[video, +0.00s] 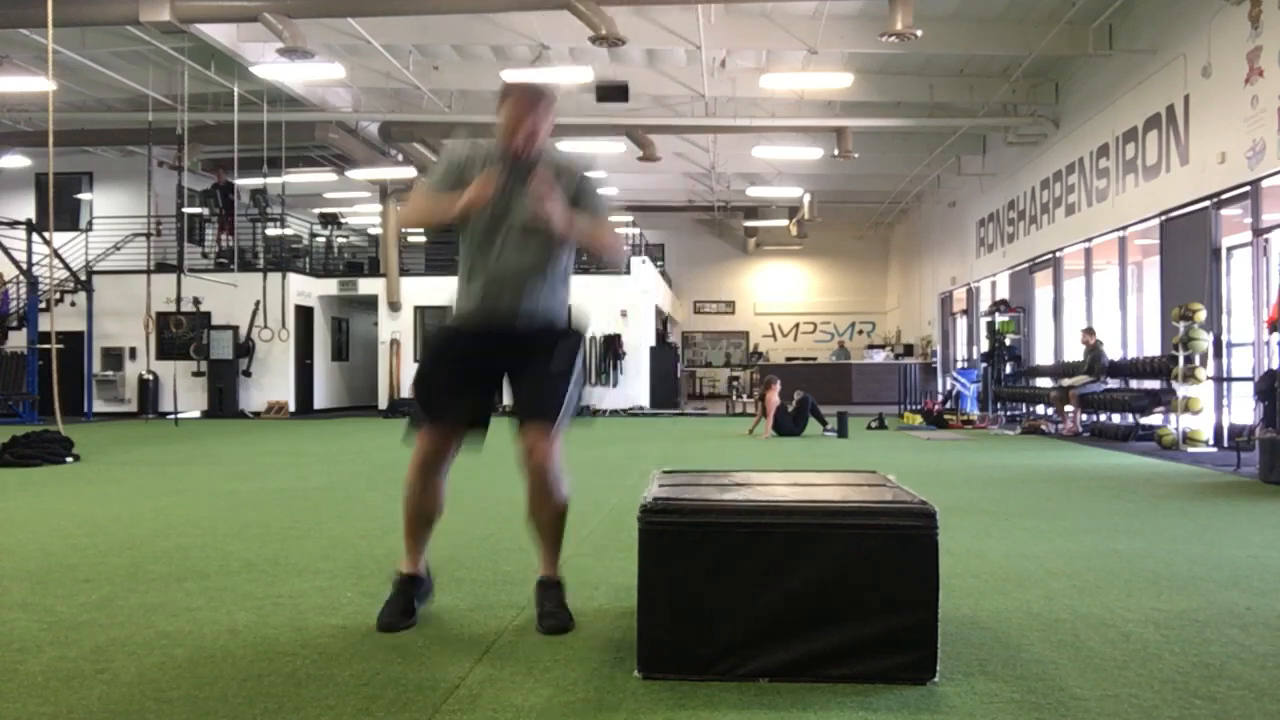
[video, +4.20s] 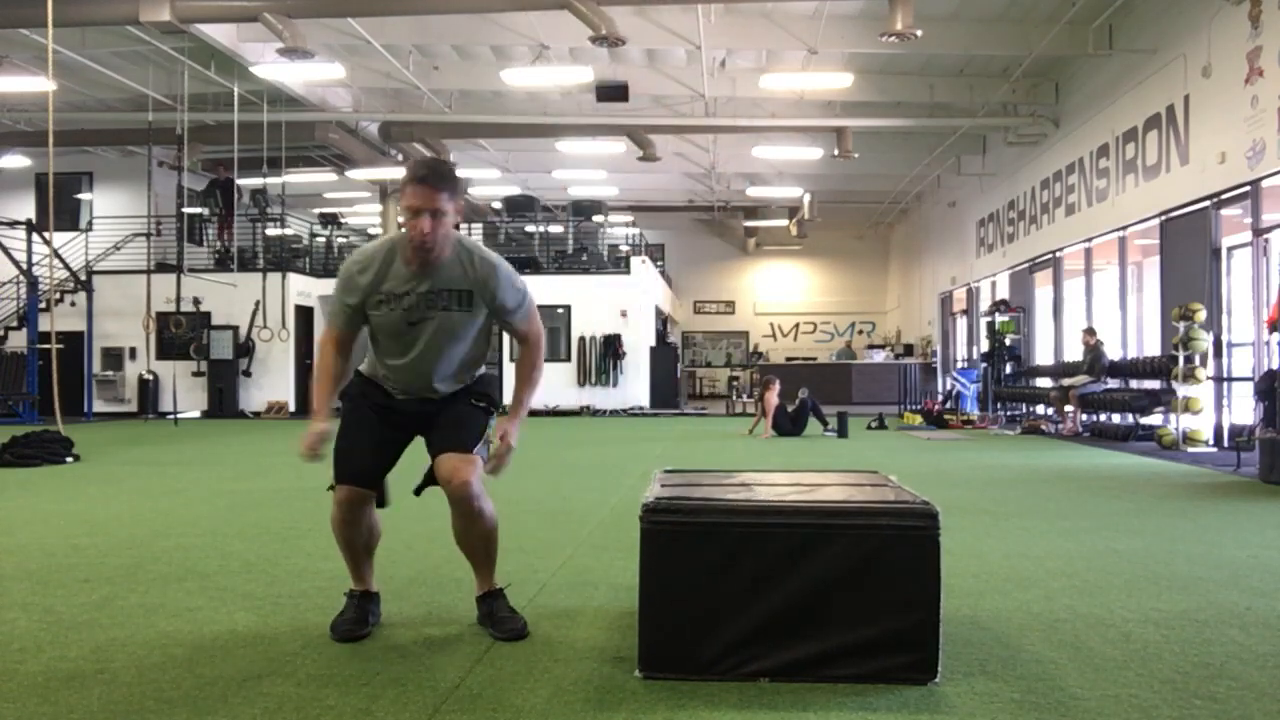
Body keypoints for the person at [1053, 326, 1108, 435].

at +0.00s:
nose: (1082, 339)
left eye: (1084, 337)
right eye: (1082, 336)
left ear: (1092, 337)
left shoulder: (1099, 353)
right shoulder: (1087, 351)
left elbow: (1097, 377)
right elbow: (1085, 371)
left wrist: (1074, 381)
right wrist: (1071, 380)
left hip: (1099, 382)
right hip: (1086, 379)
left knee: (1074, 393)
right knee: (1055, 395)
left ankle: (1076, 426)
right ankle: (1066, 425)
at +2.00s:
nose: (1082, 340)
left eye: (1084, 337)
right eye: (1082, 336)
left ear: (1092, 338)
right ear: (1087, 338)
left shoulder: (1099, 353)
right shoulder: (1088, 351)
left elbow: (1095, 377)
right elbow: (1085, 372)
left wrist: (1073, 381)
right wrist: (1071, 380)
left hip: (1099, 382)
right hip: (1087, 379)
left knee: (1074, 393)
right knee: (1054, 395)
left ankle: (1076, 426)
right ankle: (1066, 424)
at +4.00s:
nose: (1083, 340)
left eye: (1086, 337)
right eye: (1083, 337)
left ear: (1093, 338)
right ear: (1084, 337)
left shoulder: (1100, 353)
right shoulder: (1087, 351)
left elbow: (1095, 376)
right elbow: (1084, 371)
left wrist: (1073, 381)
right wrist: (1070, 380)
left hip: (1098, 382)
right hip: (1085, 380)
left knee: (1073, 393)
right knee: (1055, 395)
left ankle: (1076, 426)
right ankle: (1066, 424)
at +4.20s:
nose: (1083, 340)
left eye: (1085, 337)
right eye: (1083, 337)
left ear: (1093, 338)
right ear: (1085, 337)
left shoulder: (1100, 353)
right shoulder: (1087, 350)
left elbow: (1095, 376)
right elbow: (1084, 371)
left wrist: (1072, 381)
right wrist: (1070, 380)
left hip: (1098, 382)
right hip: (1085, 380)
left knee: (1073, 393)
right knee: (1055, 395)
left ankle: (1076, 426)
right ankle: (1066, 425)